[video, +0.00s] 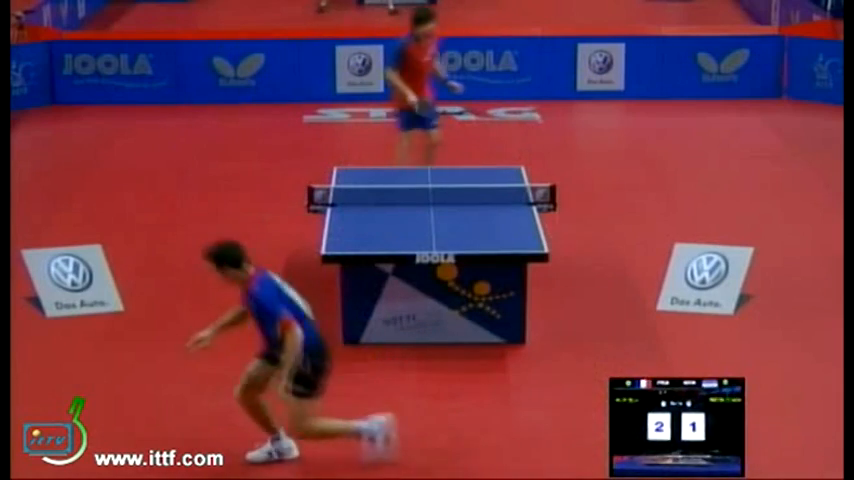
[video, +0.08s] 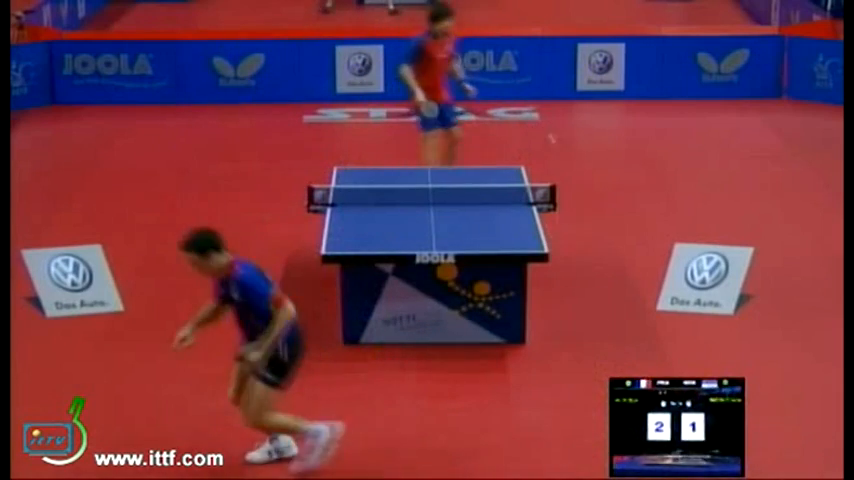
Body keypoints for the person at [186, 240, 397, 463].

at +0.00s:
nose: (222, 277)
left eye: (221, 272)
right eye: (219, 272)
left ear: (230, 270)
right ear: (240, 262)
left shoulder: (262, 290)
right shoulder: (254, 283)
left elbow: (294, 333)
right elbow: (245, 313)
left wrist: (284, 375)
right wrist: (212, 332)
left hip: (307, 352)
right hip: (279, 349)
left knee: (301, 426)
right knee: (246, 395)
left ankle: (370, 428)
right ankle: (280, 444)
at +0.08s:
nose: (196, 270)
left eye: (196, 263)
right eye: (193, 264)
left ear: (211, 256)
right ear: (213, 254)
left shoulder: (246, 276)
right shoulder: (225, 278)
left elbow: (287, 310)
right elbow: (220, 307)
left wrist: (261, 349)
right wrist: (192, 327)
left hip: (282, 342)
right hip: (256, 342)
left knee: (255, 413)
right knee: (240, 397)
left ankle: (319, 432)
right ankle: (280, 441)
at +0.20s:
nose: (164, 255)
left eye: (165, 248)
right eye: (161, 249)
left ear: (181, 238)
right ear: (176, 241)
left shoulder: (216, 258)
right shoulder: (184, 263)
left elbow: (264, 285)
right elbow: (184, 294)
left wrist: (232, 315)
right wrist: (166, 325)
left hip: (241, 329)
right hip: (217, 328)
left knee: (207, 402)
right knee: (226, 384)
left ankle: (229, 463)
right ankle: (266, 427)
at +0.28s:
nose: (142, 252)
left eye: (143, 245)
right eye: (139, 246)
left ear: (160, 236)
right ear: (154, 239)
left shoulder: (196, 257)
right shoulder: (158, 262)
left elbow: (243, 285)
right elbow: (160, 293)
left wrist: (206, 314)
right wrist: (149, 329)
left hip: (215, 331)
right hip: (188, 331)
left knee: (180, 409)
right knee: (203, 388)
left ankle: (183, 467)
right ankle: (248, 421)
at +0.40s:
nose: (111, 259)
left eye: (113, 252)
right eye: (108, 253)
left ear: (130, 245)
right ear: (123, 249)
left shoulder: (166, 274)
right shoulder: (130, 276)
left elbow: (199, 315)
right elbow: (135, 316)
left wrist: (154, 335)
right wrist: (123, 349)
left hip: (171, 352)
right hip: (144, 351)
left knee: (141, 425)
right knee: (146, 417)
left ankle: (152, 471)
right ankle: (205, 428)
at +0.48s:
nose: (87, 257)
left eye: (89, 250)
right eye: (85, 251)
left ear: (107, 243)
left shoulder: (135, 276)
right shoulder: (109, 277)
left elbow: (162, 325)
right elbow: (121, 324)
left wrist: (115, 336)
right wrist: (103, 352)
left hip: (143, 356)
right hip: (120, 355)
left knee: (127, 434)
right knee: (106, 425)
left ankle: (156, 470)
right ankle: (169, 452)